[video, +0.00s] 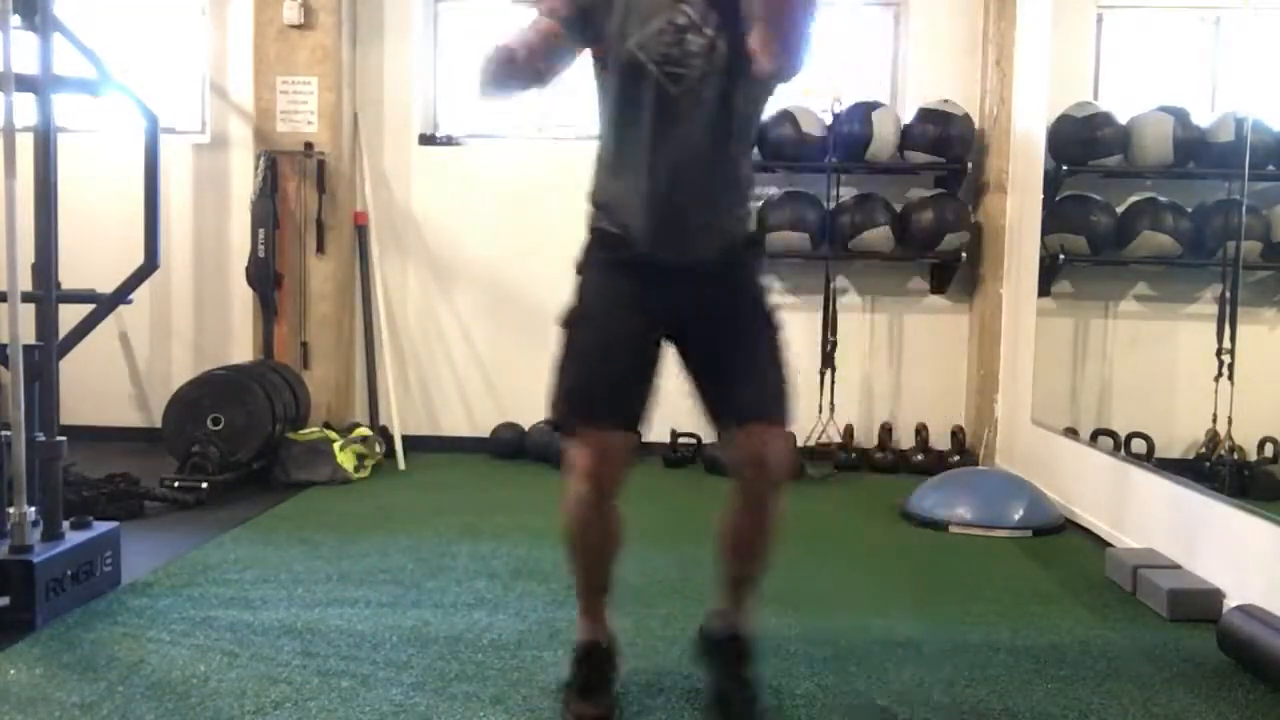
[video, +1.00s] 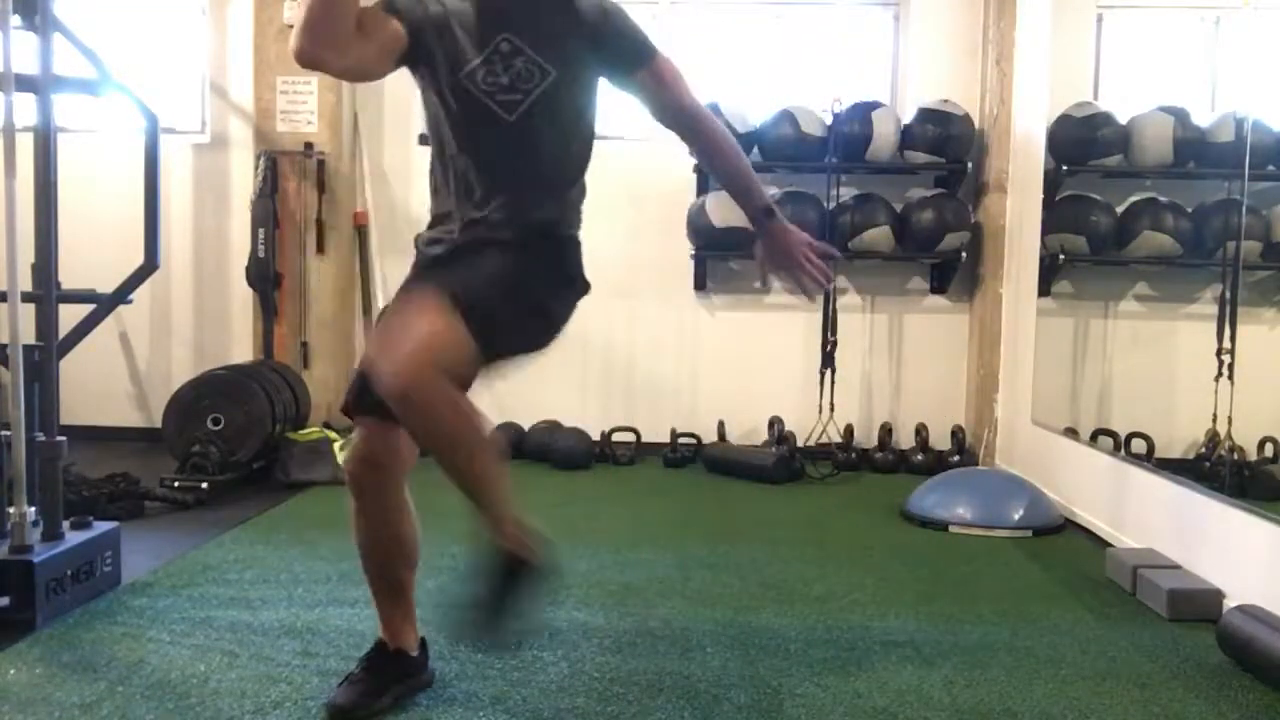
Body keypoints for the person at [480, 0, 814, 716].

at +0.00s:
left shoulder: (752, 15)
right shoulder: (607, 5)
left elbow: (780, 55)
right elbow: (503, 75)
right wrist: (518, 58)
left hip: (721, 260)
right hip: (622, 257)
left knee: (767, 460)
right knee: (591, 469)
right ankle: (593, 639)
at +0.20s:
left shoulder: (696, 8)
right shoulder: (541, 7)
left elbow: (712, 85)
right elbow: (418, 16)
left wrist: (610, 81)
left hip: (656, 265)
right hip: (552, 259)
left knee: (695, 472)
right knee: (476, 449)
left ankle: (713, 646)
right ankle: (430, 633)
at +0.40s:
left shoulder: (611, 15)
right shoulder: (456, 3)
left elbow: (671, 151)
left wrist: (654, 260)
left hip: (541, 261)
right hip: (444, 252)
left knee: (556, 452)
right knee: (399, 445)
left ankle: (670, 607)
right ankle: (397, 650)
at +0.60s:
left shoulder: (586, 6)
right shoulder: (418, 1)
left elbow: (673, 99)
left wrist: (737, 216)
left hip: (513, 220)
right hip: (424, 222)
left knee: (355, 289)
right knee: (388, 437)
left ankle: (440, 493)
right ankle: (397, 644)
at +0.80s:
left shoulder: (565, 11)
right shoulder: (416, 12)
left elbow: (662, 88)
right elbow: (331, 62)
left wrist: (740, 172)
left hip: (514, 250)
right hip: (437, 254)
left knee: (333, 119)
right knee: (361, 458)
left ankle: (311, 361)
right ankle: (401, 648)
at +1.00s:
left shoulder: (582, 16)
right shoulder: (425, 13)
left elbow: (687, 116)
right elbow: (321, 45)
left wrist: (768, 219)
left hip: (531, 251)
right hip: (444, 252)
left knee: (400, 361)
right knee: (371, 459)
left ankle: (518, 543)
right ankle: (399, 651)